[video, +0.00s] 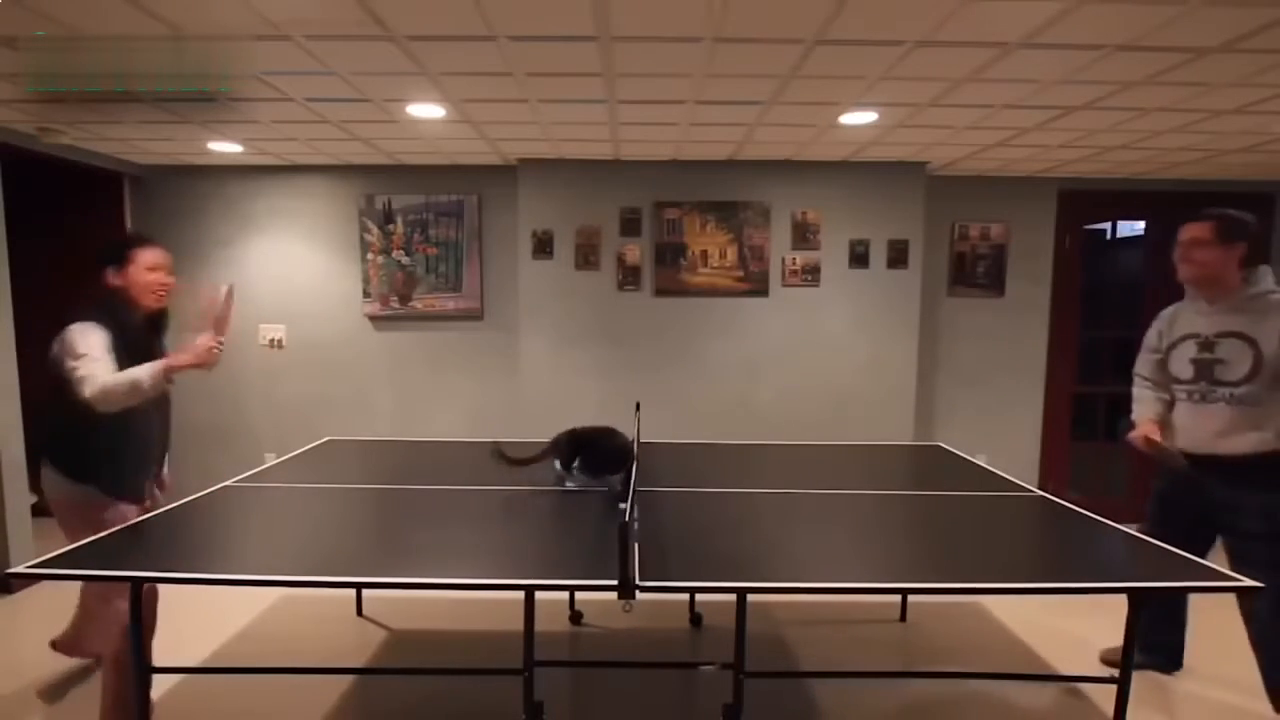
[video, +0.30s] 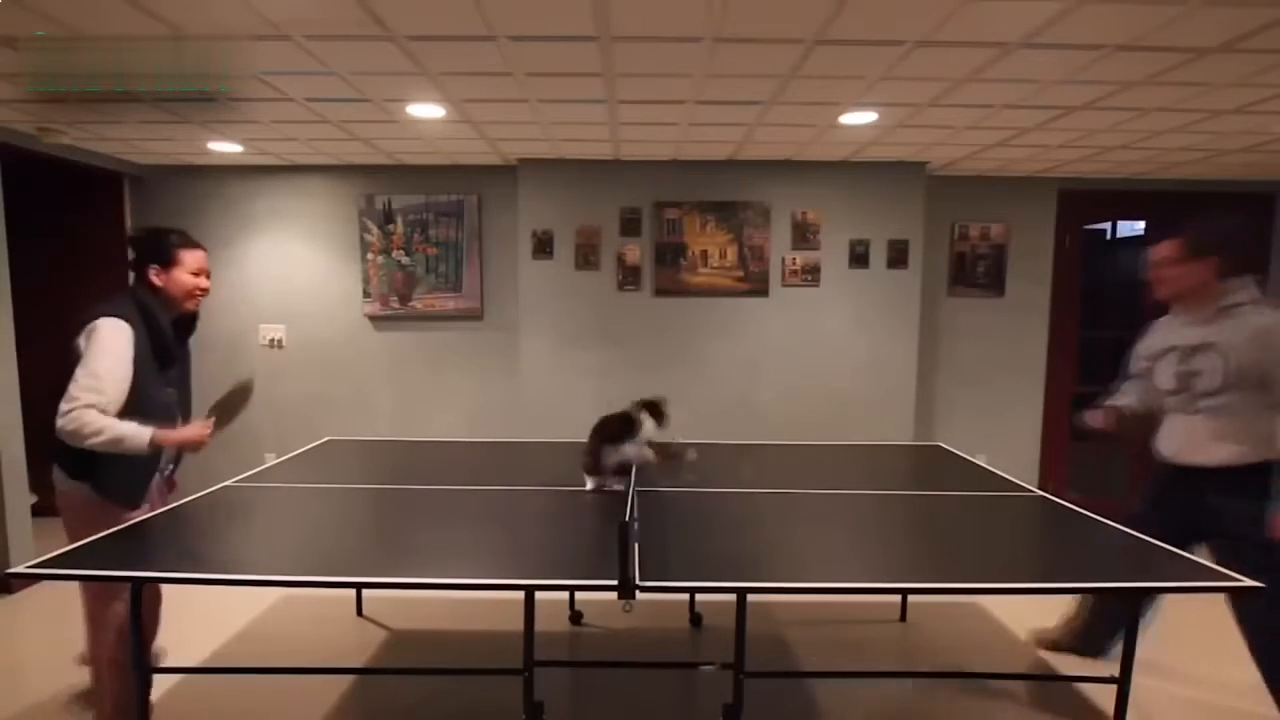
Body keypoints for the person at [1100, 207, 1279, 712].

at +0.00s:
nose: (1183, 256)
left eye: (1197, 247)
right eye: (1180, 247)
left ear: (1235, 253)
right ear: (1176, 256)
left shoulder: (1271, 309)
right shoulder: (1169, 321)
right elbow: (1149, 381)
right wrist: (1146, 421)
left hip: (1257, 470)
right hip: (1185, 467)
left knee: (1266, 589)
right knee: (1158, 561)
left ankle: (1277, 686)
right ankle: (1155, 651)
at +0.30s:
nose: (1158, 277)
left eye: (1169, 265)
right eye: (1154, 268)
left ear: (1207, 267)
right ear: (1155, 276)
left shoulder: (1260, 322)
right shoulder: (1158, 335)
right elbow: (1142, 390)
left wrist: (1277, 501)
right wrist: (1112, 411)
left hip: (1247, 478)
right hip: (1176, 476)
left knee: (1260, 598)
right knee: (1136, 558)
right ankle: (1087, 635)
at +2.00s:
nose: (1049, 281)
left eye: (1052, 269)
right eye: (1047, 271)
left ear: (1079, 265)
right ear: (1078, 267)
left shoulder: (1117, 320)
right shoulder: (1099, 315)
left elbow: (1144, 406)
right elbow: (1109, 392)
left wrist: (1117, 475)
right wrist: (1063, 403)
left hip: (1096, 458)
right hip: (1079, 452)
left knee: (1082, 565)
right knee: (1058, 556)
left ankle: (1108, 674)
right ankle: (1032, 646)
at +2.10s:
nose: (1046, 295)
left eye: (1047, 285)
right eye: (1044, 285)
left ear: (1066, 280)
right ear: (1087, 278)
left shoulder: (1092, 329)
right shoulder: (1137, 319)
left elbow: (1107, 412)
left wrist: (1092, 486)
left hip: (1113, 458)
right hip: (1143, 452)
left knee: (1064, 561)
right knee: (1056, 540)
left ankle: (1110, 677)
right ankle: (1059, 634)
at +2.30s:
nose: (1065, 318)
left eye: (1064, 310)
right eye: (1063, 311)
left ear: (1079, 304)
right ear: (1104, 301)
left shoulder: (1085, 337)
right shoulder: (1142, 342)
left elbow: (1081, 397)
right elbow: (1165, 404)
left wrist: (1066, 459)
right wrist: (1145, 439)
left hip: (1106, 453)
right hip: (1143, 454)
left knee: (1088, 561)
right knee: (1105, 561)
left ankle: (1110, 670)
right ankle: (1100, 668)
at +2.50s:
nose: (1055, 340)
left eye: (1057, 330)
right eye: (1052, 333)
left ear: (1074, 321)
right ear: (1070, 325)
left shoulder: (1108, 337)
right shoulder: (1088, 357)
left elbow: (1145, 385)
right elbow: (1065, 416)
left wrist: (1117, 436)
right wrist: (1011, 442)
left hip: (1147, 440)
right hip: (1125, 446)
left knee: (1089, 520)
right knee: (1087, 521)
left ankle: (1070, 621)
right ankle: (1066, 617)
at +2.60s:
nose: (1048, 336)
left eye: (1047, 327)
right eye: (1045, 330)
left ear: (1062, 316)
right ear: (1059, 321)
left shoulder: (1098, 325)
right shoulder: (1081, 351)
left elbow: (1146, 368)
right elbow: (1084, 419)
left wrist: (1143, 426)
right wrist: (1031, 447)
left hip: (1142, 428)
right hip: (1119, 430)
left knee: (1102, 512)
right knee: (1096, 512)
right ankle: (1111, 601)